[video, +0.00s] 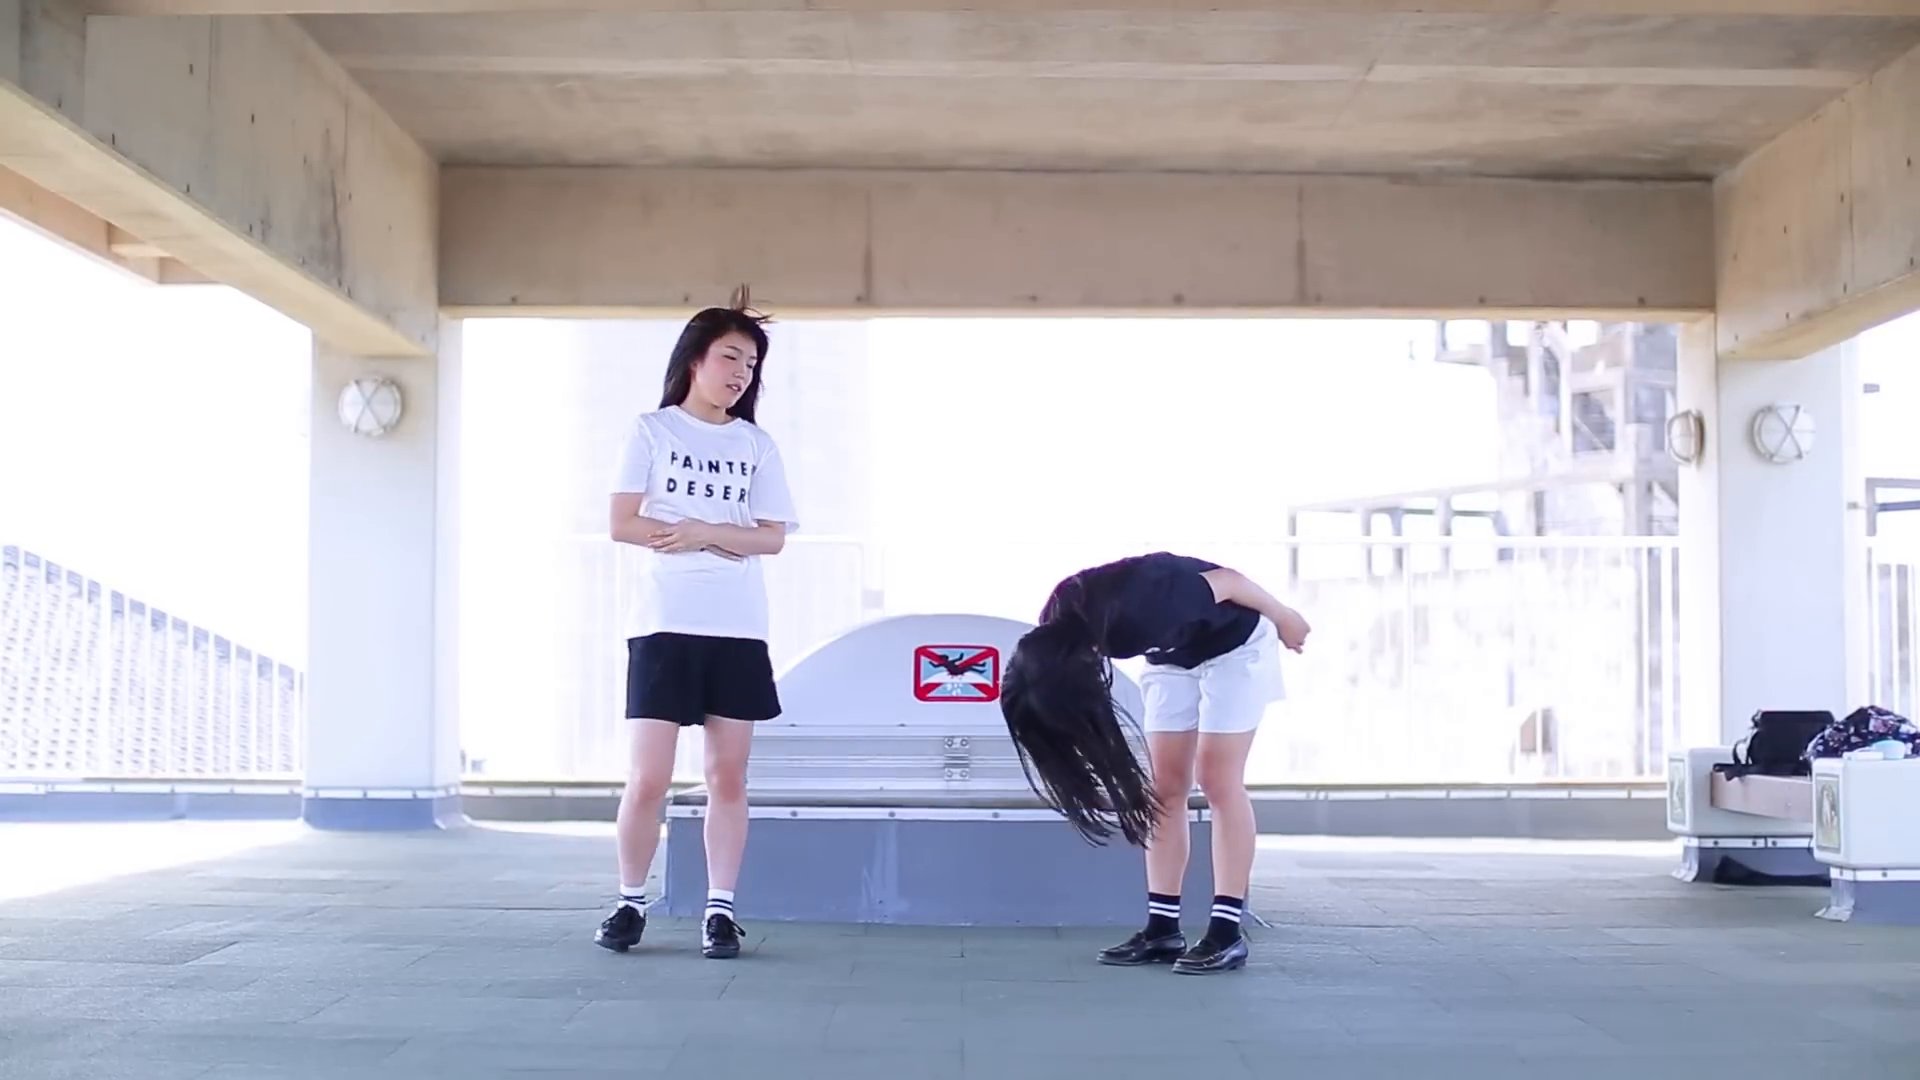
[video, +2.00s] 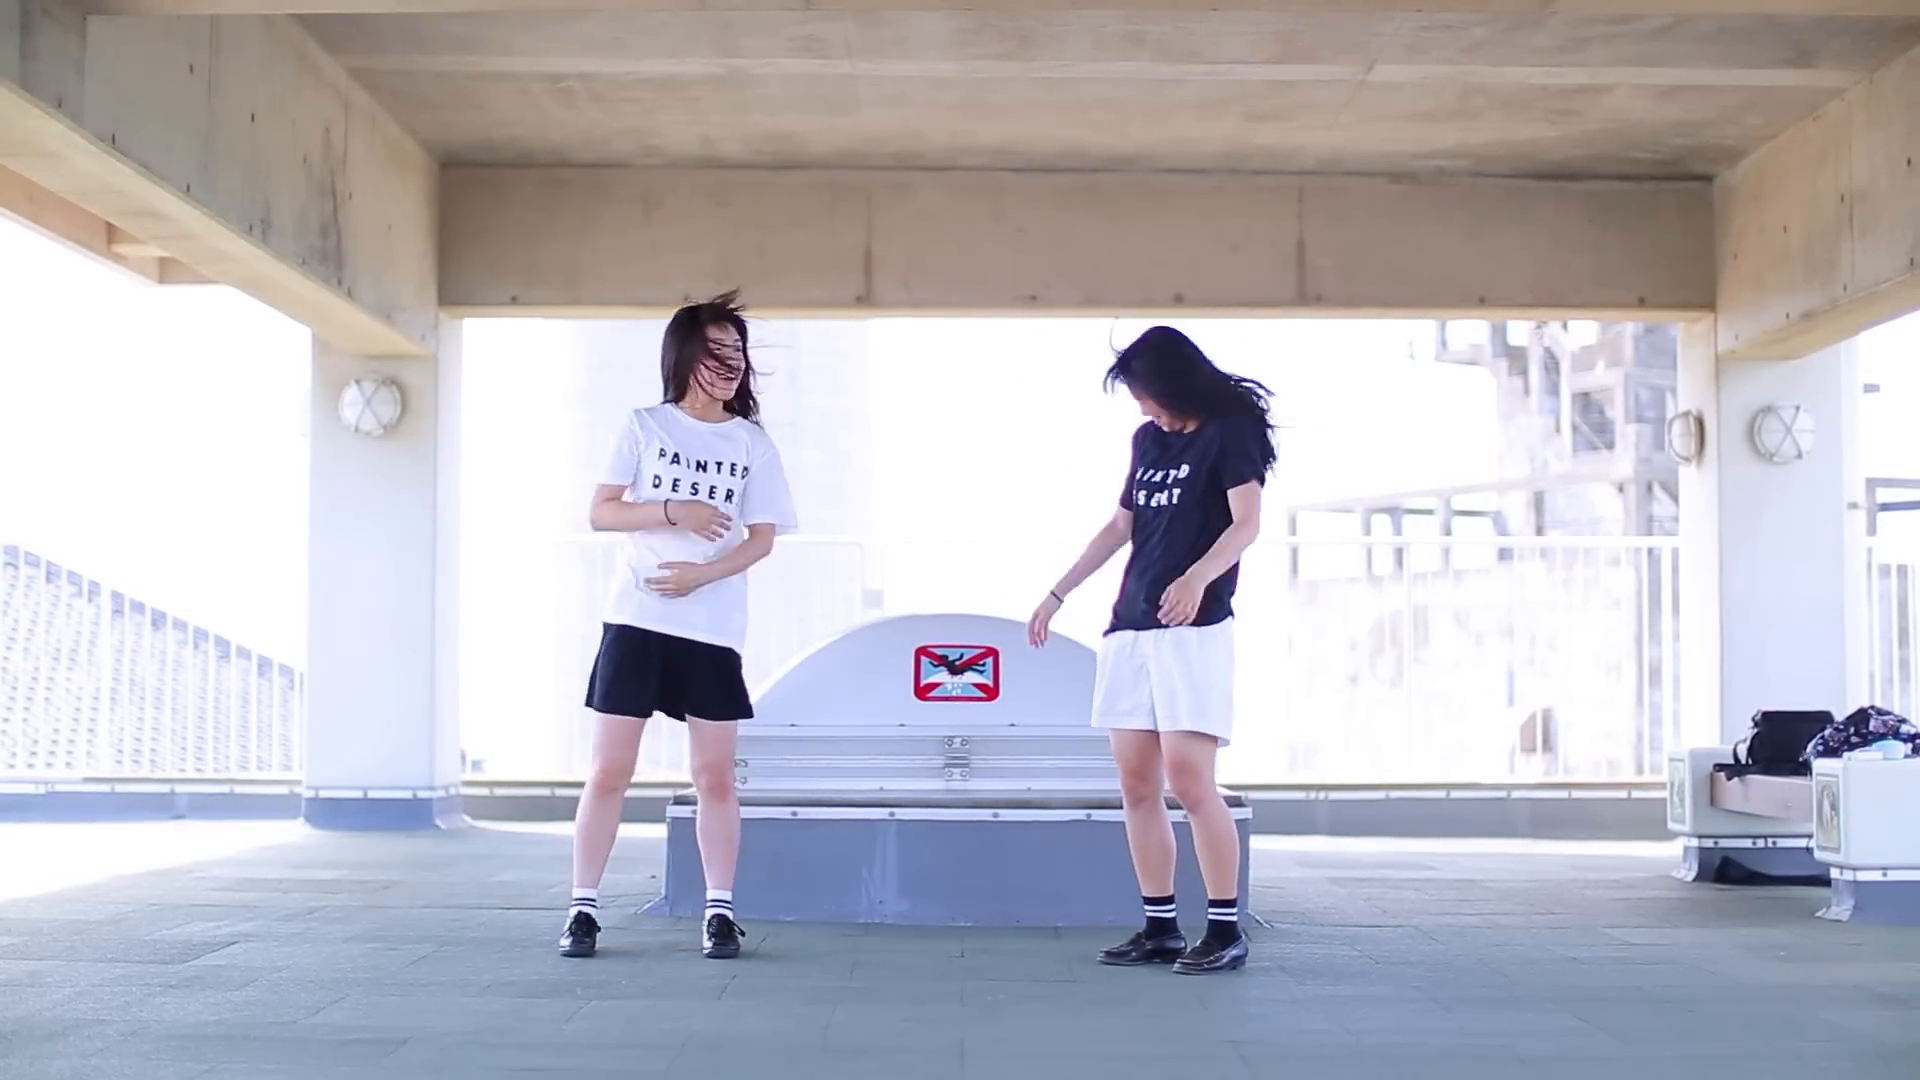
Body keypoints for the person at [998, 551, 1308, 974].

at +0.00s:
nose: (1079, 726)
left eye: (1077, 716)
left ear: (1083, 669)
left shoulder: (1149, 610)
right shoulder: (1053, 628)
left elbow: (1231, 582)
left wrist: (1283, 616)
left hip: (1235, 645)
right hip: (1166, 654)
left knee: (1220, 782)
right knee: (1165, 788)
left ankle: (1226, 934)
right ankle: (1162, 930)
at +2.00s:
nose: (1145, 412)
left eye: (1150, 399)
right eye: (1139, 401)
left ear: (1179, 386)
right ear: (1141, 392)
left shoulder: (1232, 428)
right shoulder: (1148, 438)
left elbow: (1247, 524)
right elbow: (1120, 526)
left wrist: (1195, 578)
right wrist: (1059, 591)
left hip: (1194, 633)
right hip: (1128, 632)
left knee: (1190, 781)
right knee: (1138, 785)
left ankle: (1226, 933)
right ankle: (1160, 929)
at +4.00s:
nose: (1129, 378)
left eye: (1136, 366)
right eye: (1129, 366)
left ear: (1172, 368)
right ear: (1161, 370)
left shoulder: (1228, 443)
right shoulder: (1136, 450)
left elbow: (1226, 557)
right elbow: (1116, 548)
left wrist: (1202, 642)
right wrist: (1091, 635)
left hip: (1192, 634)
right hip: (1125, 639)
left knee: (1204, 776)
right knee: (1145, 781)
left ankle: (1228, 930)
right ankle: (1160, 927)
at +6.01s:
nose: (1164, 389)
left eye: (1175, 376)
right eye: (1152, 380)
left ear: (1206, 381)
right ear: (1144, 391)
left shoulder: (1238, 447)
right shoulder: (1136, 455)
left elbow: (1283, 500)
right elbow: (1096, 506)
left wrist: (1238, 418)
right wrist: (1130, 429)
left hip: (1241, 641)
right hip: (1165, 648)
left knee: (1240, 788)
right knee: (1157, 786)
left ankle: (1231, 920)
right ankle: (1094, 902)